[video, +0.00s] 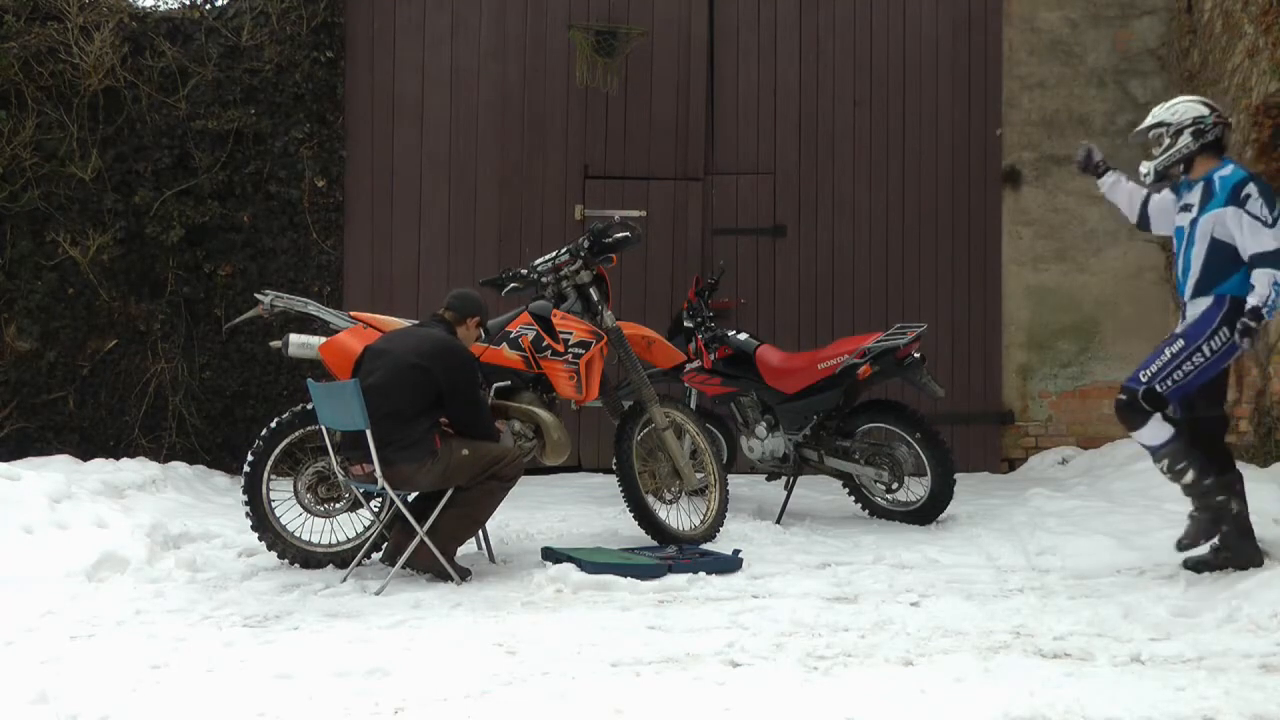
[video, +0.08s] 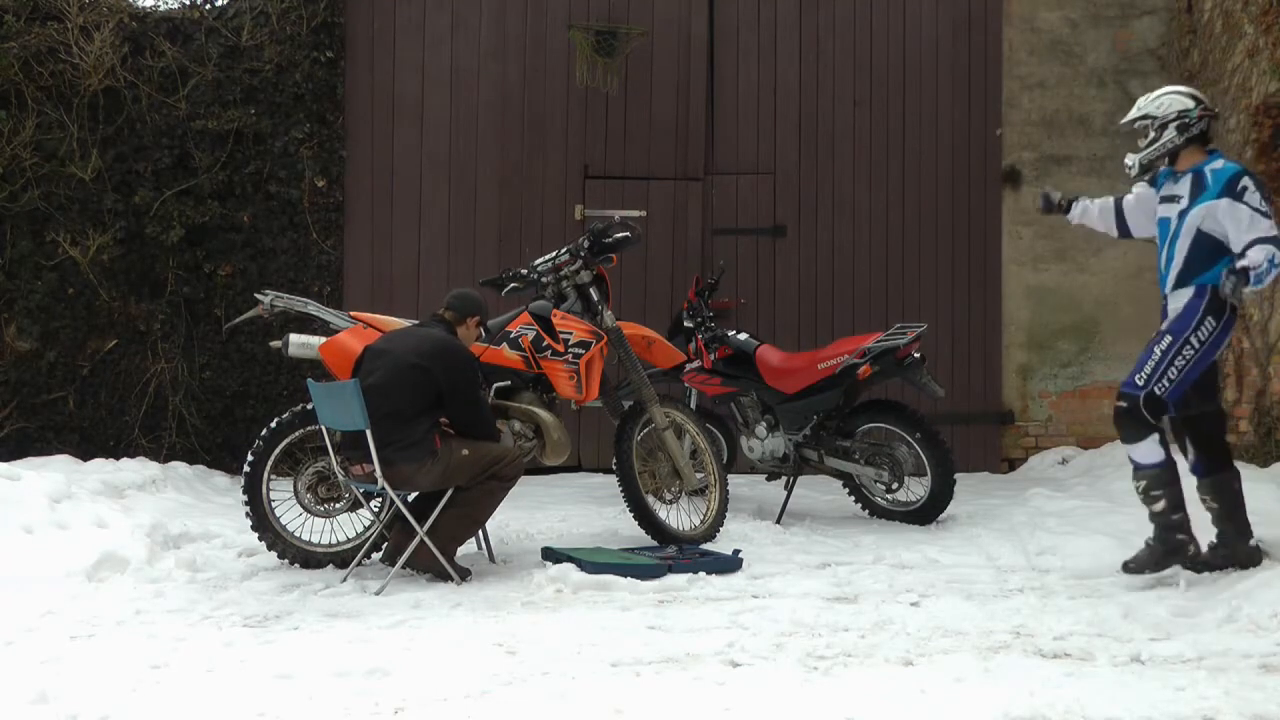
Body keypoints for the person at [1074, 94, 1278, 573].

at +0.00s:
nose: (1155, 150)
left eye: (1162, 139)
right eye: (1154, 141)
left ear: (1191, 137)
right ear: (1190, 141)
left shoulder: (1238, 186)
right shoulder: (1180, 196)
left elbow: (1270, 254)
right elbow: (1142, 206)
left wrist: (1255, 313)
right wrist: (1102, 173)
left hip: (1224, 316)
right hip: (1199, 318)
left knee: (1134, 402)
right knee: (1202, 430)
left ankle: (1206, 497)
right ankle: (1237, 538)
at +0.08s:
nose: (1140, 143)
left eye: (1148, 132)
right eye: (1140, 133)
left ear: (1177, 129)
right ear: (1177, 131)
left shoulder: (1225, 179)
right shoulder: (1163, 188)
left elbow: (1266, 244)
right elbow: (1121, 214)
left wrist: (1240, 278)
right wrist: (1068, 207)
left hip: (1207, 311)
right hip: (1181, 314)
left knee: (1135, 406)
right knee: (1198, 425)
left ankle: (1170, 534)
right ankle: (1236, 540)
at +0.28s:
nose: (1104, 164)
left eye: (1112, 155)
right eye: (1105, 155)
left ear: (1140, 156)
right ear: (1134, 161)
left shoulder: (1177, 203)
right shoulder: (1130, 214)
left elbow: (1194, 230)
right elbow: (1121, 290)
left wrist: (1169, 179)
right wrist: (1108, 343)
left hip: (1169, 332)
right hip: (1129, 333)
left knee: (1121, 443)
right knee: (1084, 435)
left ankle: (1162, 562)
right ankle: (1173, 484)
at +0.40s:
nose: (1081, 165)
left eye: (1085, 155)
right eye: (1079, 158)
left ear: (1111, 150)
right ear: (1113, 151)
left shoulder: (1146, 189)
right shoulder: (1116, 195)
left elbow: (1143, 219)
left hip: (1146, 327)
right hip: (1109, 323)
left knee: (1115, 445)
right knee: (1044, 403)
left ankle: (1162, 559)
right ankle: (1101, 493)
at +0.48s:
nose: (1061, 157)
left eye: (1066, 146)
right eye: (1060, 148)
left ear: (1090, 141)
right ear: (1099, 143)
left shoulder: (1123, 182)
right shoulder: (1124, 188)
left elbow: (1112, 215)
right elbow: (1166, 255)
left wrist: (1041, 199)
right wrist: (1137, 299)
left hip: (1122, 323)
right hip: (1086, 319)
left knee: (1110, 437)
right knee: (1036, 410)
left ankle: (1160, 557)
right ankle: (1065, 526)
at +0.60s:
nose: (1040, 164)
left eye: (1044, 154)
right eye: (1040, 155)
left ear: (1065, 148)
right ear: (1080, 149)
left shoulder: (1094, 190)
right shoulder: (1097, 194)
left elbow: (1083, 256)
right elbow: (1138, 257)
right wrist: (1084, 273)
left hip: (1085, 330)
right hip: (1056, 329)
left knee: (1072, 447)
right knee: (1032, 440)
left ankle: (1151, 550)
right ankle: (1058, 561)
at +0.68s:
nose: (1022, 172)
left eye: (1027, 161)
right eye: (1023, 162)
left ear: (1049, 156)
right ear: (1061, 156)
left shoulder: (1078, 203)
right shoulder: (1061, 208)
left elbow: (1075, 282)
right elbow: (1059, 282)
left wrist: (1034, 334)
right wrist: (1032, 334)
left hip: (1070, 342)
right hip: (1053, 339)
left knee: (1023, 450)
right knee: (1016, 448)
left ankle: (1120, 525)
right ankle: (1058, 563)